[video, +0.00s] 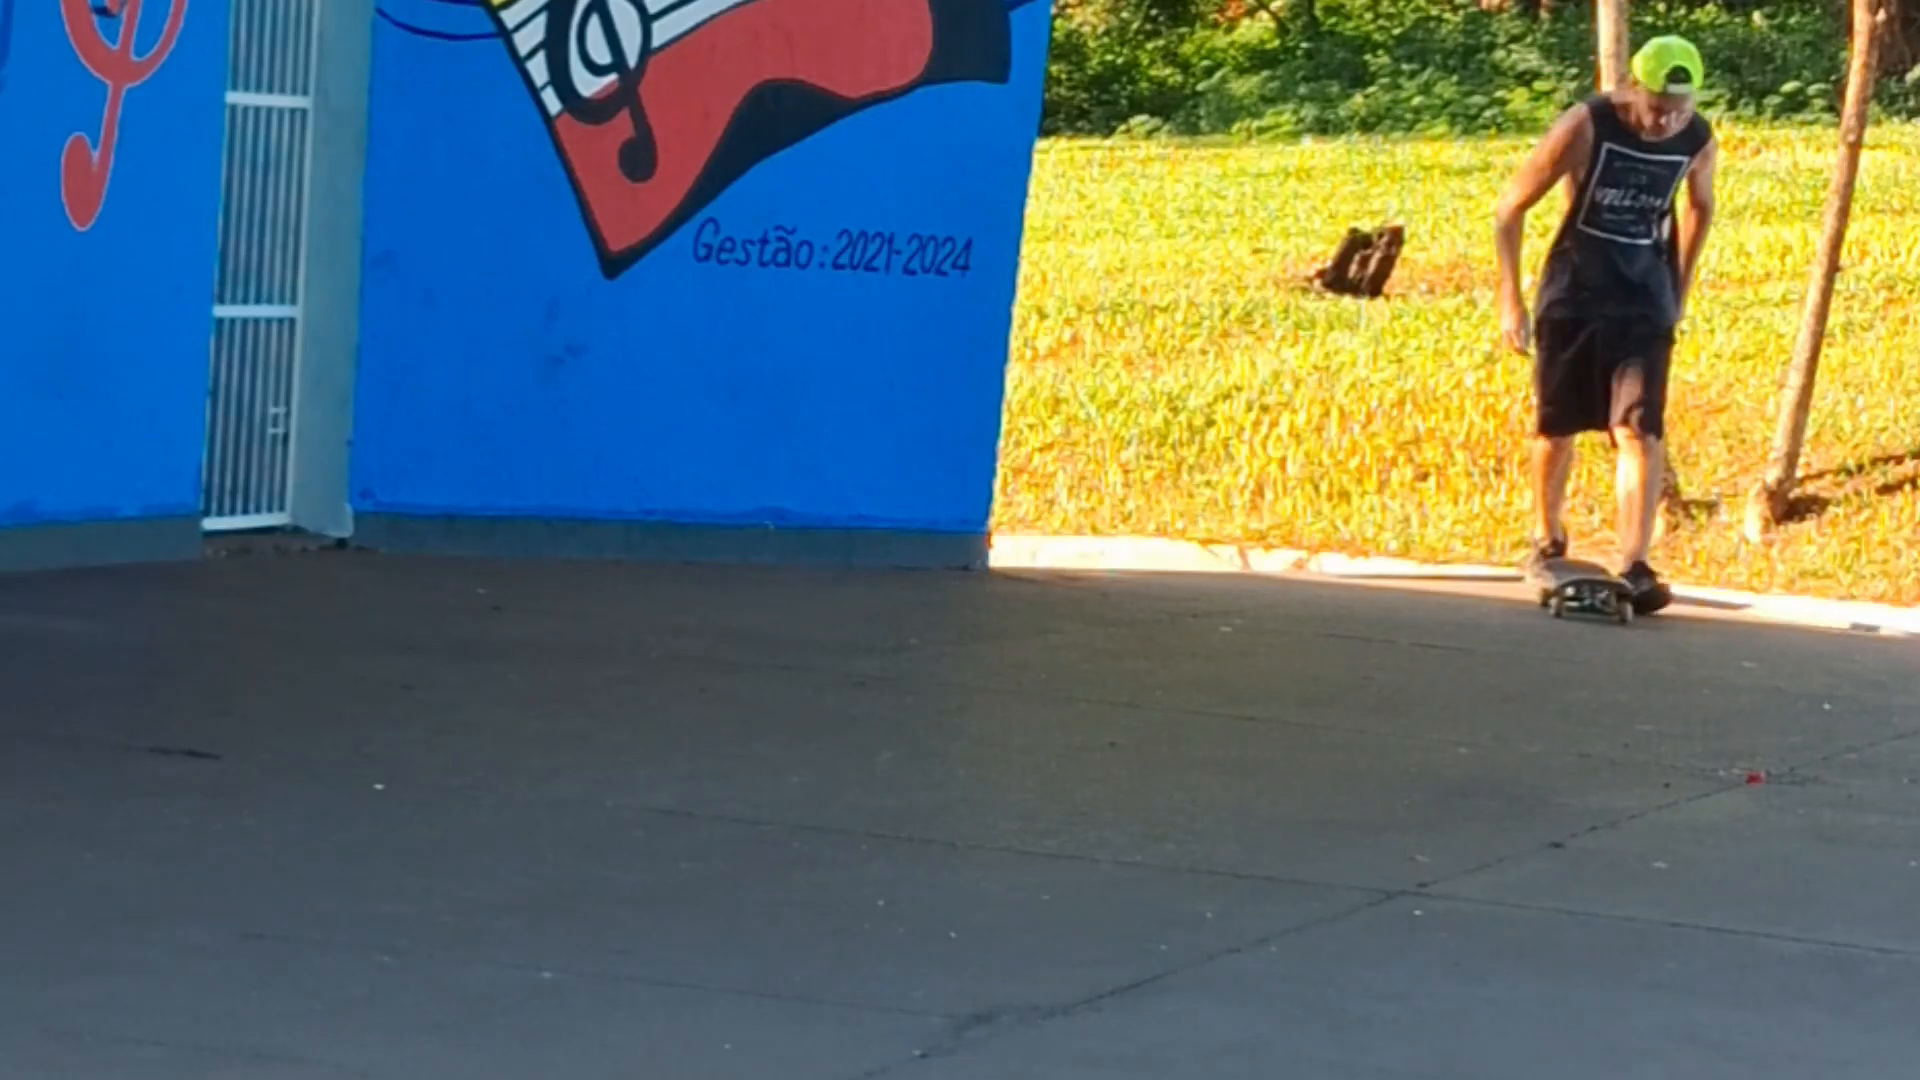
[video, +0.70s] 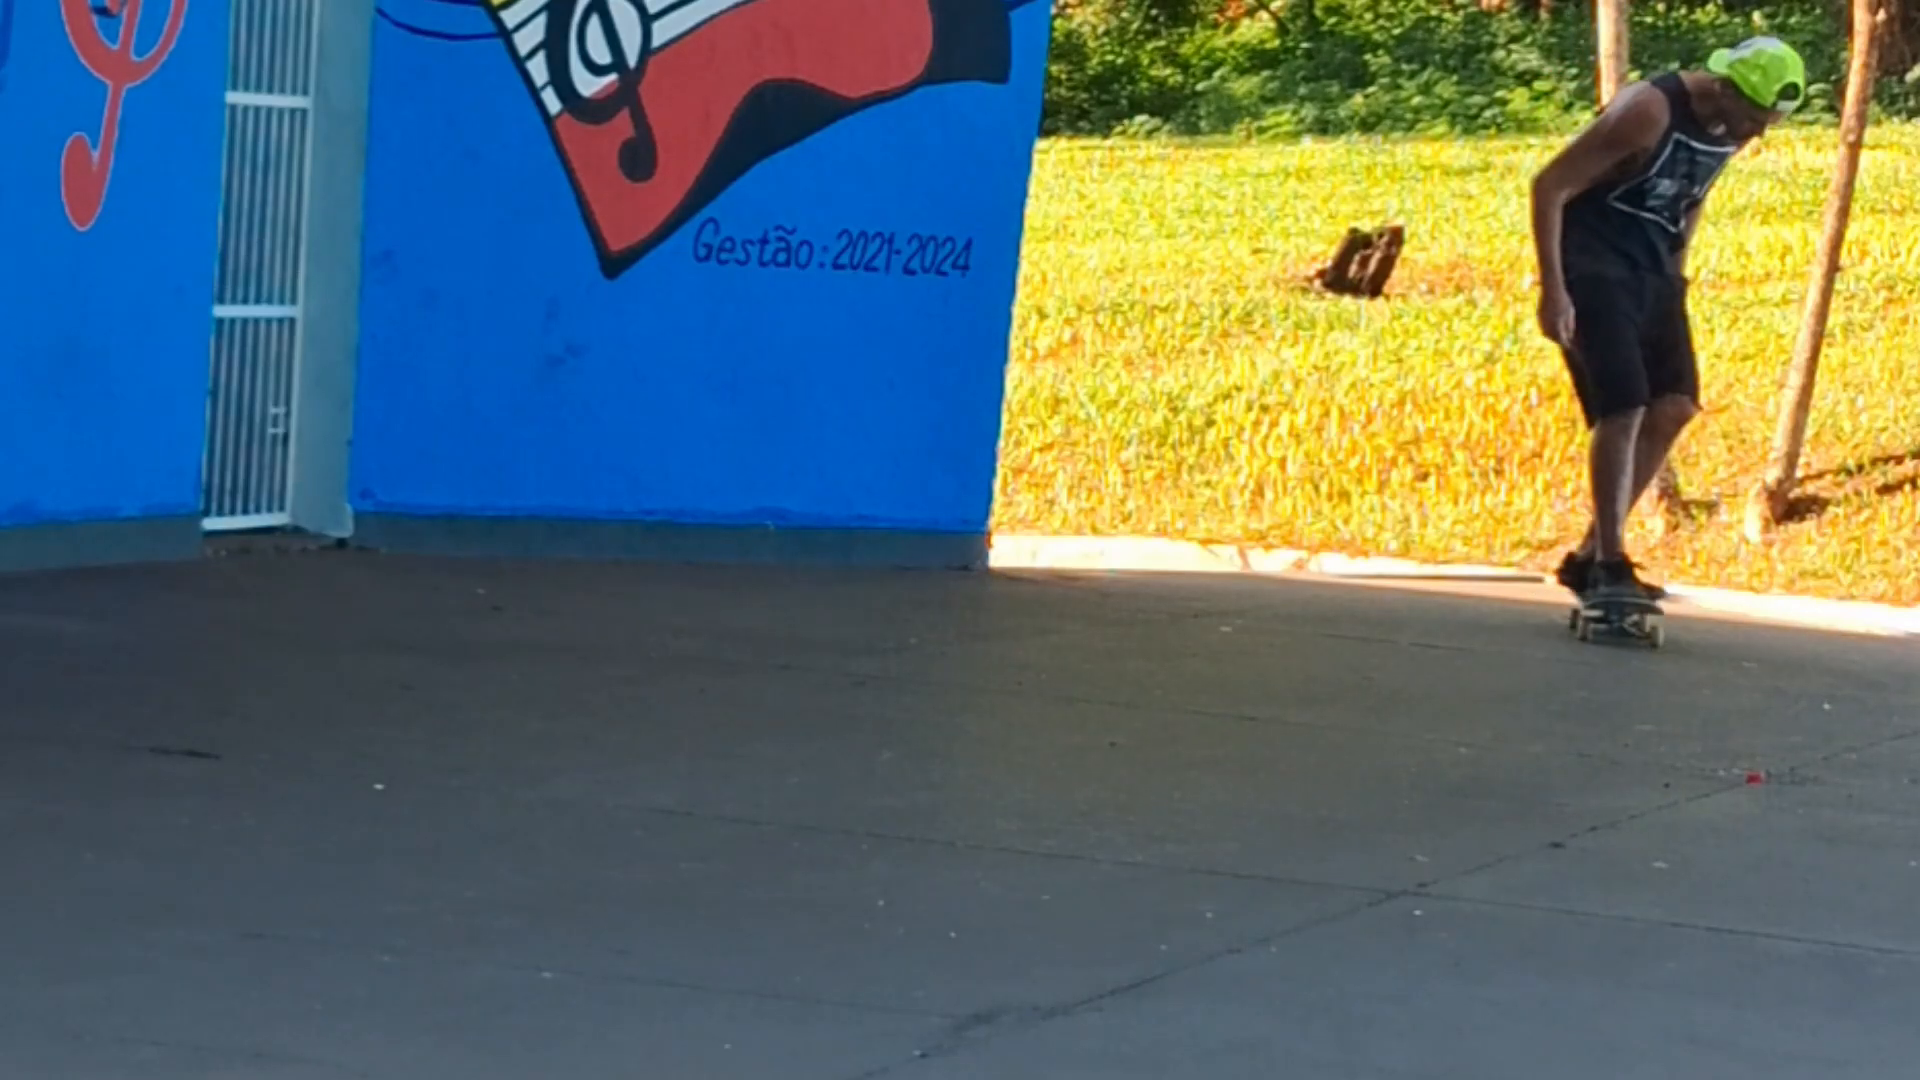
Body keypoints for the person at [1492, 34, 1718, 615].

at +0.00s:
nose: (1668, 120)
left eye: (1680, 109)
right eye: (1659, 107)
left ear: (1694, 98)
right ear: (1632, 88)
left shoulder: (1698, 139)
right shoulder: (1585, 125)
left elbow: (1698, 210)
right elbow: (1510, 211)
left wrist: (1679, 291)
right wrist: (1510, 299)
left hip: (1646, 293)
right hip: (1574, 290)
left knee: (1639, 423)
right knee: (1558, 429)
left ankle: (1635, 563)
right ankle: (1550, 543)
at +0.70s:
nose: (1758, 132)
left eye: (1767, 123)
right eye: (1758, 118)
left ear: (1761, 107)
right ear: (1731, 91)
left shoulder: (1736, 126)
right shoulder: (1645, 111)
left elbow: (1690, 201)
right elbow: (1548, 187)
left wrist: (1674, 272)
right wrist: (1553, 288)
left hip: (1655, 274)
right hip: (1594, 265)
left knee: (1674, 404)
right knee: (1621, 405)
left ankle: (1590, 551)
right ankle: (1609, 566)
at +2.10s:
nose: (1826, 203)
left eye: (1841, 196)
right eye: (1835, 186)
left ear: (1815, 144)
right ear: (1815, 145)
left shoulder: (1735, 160)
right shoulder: (1724, 137)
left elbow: (1619, 237)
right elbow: (1600, 196)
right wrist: (1594, 323)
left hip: (1567, 266)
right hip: (1530, 261)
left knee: (1644, 438)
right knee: (1608, 439)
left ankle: (1578, 621)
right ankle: (1557, 628)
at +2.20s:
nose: (1821, 210)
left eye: (1835, 204)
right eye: (1832, 194)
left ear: (1811, 149)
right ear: (1812, 151)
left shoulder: (1730, 167)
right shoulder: (1717, 143)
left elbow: (1608, 231)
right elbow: (1595, 203)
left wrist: (1600, 331)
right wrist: (1591, 334)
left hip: (1558, 268)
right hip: (1518, 260)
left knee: (1637, 439)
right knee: (1597, 441)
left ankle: (1568, 623)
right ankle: (1543, 632)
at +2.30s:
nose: (1815, 215)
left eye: (1828, 209)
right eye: (1824, 199)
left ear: (1802, 154)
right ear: (1803, 155)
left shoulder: (1722, 169)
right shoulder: (1712, 147)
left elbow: (1598, 231)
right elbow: (1589, 209)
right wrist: (1583, 340)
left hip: (1544, 268)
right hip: (1505, 260)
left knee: (1628, 439)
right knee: (1587, 442)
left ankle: (1557, 627)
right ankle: (1528, 634)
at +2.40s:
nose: (1803, 222)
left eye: (1815, 217)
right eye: (1812, 206)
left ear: (1792, 163)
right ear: (1794, 162)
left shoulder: (1711, 179)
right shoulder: (1703, 152)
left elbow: (1586, 237)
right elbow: (1577, 212)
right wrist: (1571, 348)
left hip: (1531, 267)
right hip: (1491, 257)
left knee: (1615, 438)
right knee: (1578, 441)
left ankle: (1539, 629)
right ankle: (1500, 629)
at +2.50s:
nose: (1790, 230)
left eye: (1804, 225)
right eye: (1801, 215)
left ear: (1785, 177)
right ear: (1784, 172)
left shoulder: (1700, 185)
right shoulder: (1693, 157)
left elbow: (1572, 249)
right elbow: (1561, 217)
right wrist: (1554, 357)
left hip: (1514, 266)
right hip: (1474, 254)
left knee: (1598, 439)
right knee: (1565, 438)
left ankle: (1521, 633)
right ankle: (1466, 621)